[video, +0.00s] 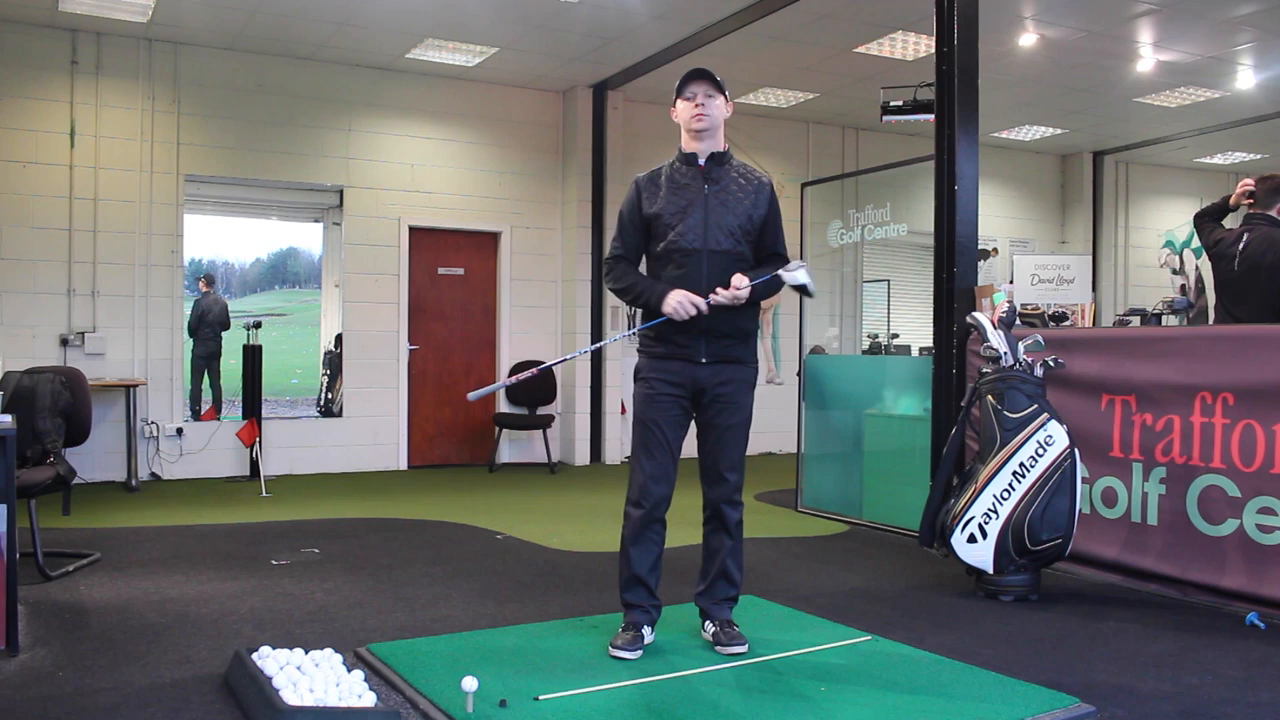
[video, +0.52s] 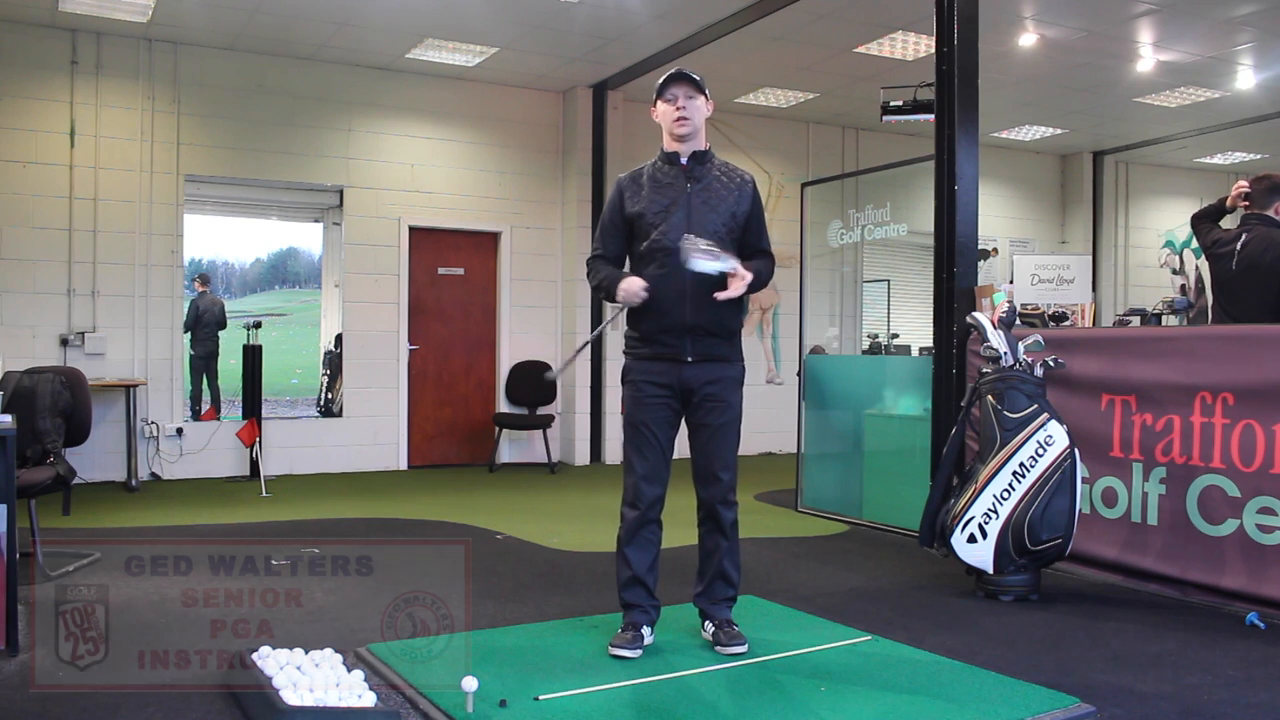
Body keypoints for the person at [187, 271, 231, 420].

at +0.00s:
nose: (199, 284)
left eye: (200, 282)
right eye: (200, 282)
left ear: (204, 284)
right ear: (212, 285)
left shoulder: (199, 302)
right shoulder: (222, 302)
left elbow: (192, 324)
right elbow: (226, 325)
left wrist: (192, 334)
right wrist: (215, 327)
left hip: (201, 344)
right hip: (216, 344)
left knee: (196, 382)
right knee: (215, 382)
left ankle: (195, 414)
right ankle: (217, 413)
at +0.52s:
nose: (194, 286)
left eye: (195, 283)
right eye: (195, 283)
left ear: (199, 284)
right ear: (208, 285)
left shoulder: (196, 302)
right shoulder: (218, 302)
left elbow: (189, 324)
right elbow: (223, 324)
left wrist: (184, 329)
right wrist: (211, 326)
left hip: (198, 346)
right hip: (213, 345)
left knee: (196, 382)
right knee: (213, 381)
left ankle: (196, 414)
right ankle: (216, 412)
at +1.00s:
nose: (192, 285)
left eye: (193, 283)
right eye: (193, 283)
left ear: (197, 284)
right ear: (206, 284)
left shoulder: (195, 302)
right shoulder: (217, 301)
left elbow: (191, 325)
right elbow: (223, 324)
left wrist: (184, 331)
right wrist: (210, 326)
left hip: (198, 345)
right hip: (212, 345)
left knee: (196, 382)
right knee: (213, 381)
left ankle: (196, 414)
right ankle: (216, 412)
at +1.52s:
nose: (193, 286)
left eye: (194, 283)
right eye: (193, 283)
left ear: (198, 284)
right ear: (206, 285)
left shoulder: (195, 302)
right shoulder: (218, 302)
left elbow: (189, 327)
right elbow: (224, 324)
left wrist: (189, 331)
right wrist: (212, 326)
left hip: (198, 345)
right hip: (213, 344)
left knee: (196, 382)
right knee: (213, 380)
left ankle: (196, 414)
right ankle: (216, 412)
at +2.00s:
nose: (194, 286)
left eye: (195, 284)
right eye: (194, 283)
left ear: (199, 285)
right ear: (207, 285)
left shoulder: (195, 303)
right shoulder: (218, 302)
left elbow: (189, 325)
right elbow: (224, 325)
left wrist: (187, 330)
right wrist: (211, 326)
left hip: (197, 345)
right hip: (212, 344)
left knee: (195, 382)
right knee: (213, 381)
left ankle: (196, 414)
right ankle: (216, 412)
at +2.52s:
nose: (193, 286)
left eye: (195, 283)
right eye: (194, 283)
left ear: (198, 284)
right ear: (207, 285)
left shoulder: (194, 302)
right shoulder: (218, 302)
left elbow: (186, 324)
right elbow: (224, 325)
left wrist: (197, 320)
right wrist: (211, 325)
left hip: (197, 346)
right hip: (212, 346)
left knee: (196, 382)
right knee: (213, 381)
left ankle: (196, 415)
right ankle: (216, 413)